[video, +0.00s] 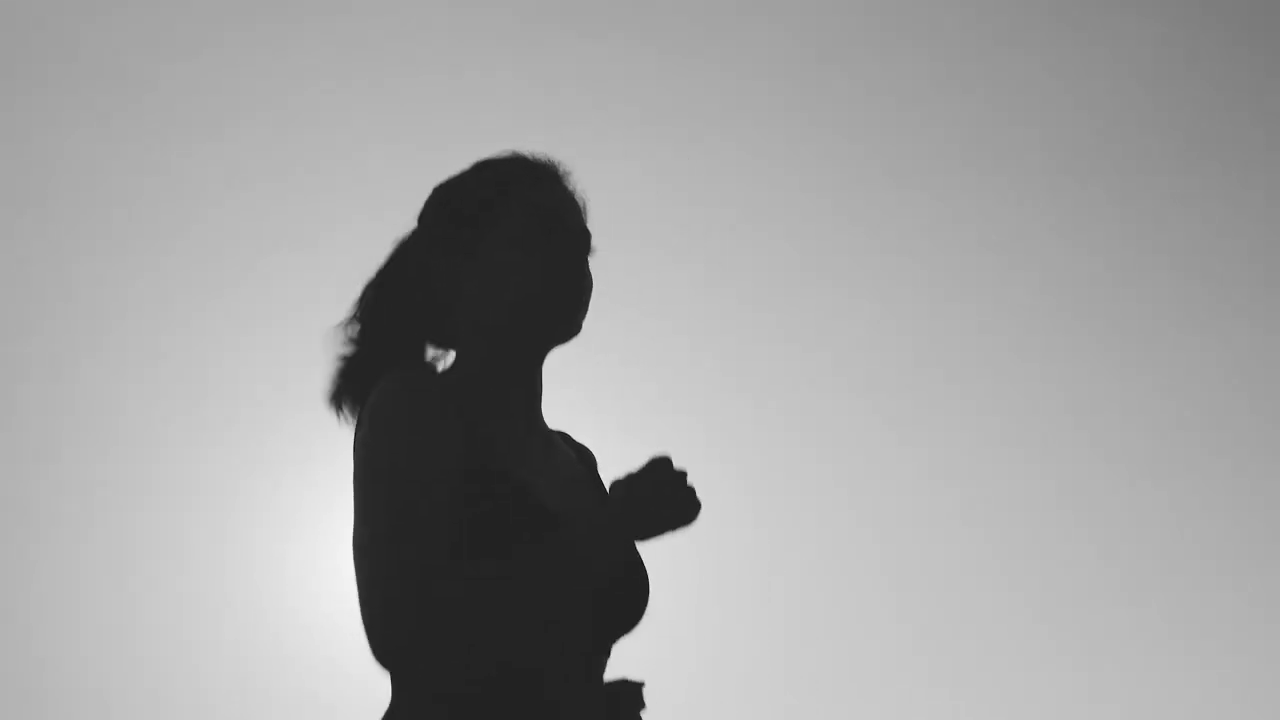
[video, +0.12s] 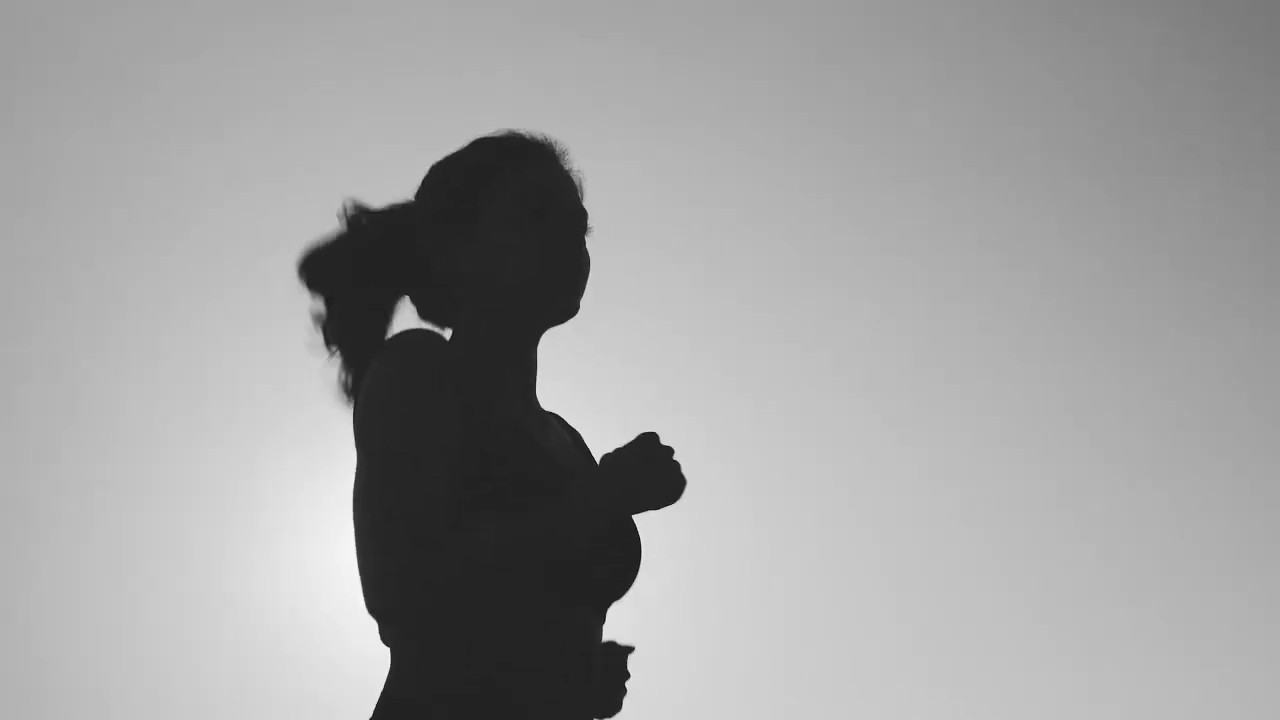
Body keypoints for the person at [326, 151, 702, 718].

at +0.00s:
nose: (585, 268)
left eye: (585, 248)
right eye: (560, 246)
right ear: (485, 260)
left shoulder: (573, 460)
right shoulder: (411, 412)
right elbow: (402, 632)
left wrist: (615, 520)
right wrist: (608, 517)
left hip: (565, 708)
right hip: (446, 706)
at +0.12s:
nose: (578, 242)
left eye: (579, 224)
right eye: (545, 219)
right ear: (465, 244)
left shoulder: (565, 441)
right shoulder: (415, 368)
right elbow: (404, 587)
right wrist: (605, 493)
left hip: (559, 704)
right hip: (440, 699)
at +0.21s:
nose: (575, 240)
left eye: (579, 221)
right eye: (543, 214)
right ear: (459, 241)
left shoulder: (565, 442)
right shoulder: (414, 362)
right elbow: (378, 575)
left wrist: (580, 660)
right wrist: (591, 500)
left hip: (552, 705)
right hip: (434, 699)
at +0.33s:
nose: (578, 260)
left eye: (575, 238)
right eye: (549, 233)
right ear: (467, 255)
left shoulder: (564, 452)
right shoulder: (410, 377)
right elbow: (329, 596)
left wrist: (584, 674)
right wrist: (552, 549)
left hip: (550, 707)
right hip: (429, 703)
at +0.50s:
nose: (574, 303)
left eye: (570, 283)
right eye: (546, 279)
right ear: (463, 299)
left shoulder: (572, 512)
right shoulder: (390, 437)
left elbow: (540, 697)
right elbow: (249, 664)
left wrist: (602, 710)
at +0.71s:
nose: (567, 323)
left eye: (565, 302)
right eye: (533, 300)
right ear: (443, 333)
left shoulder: (583, 545)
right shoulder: (366, 476)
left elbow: (586, 707)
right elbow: (181, 682)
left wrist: (651, 712)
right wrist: (334, 715)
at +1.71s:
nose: (531, 315)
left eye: (539, 296)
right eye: (499, 290)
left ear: (546, 319)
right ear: (418, 311)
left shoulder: (560, 504)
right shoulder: (338, 469)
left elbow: (595, 677)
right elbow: (243, 695)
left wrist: (623, 689)